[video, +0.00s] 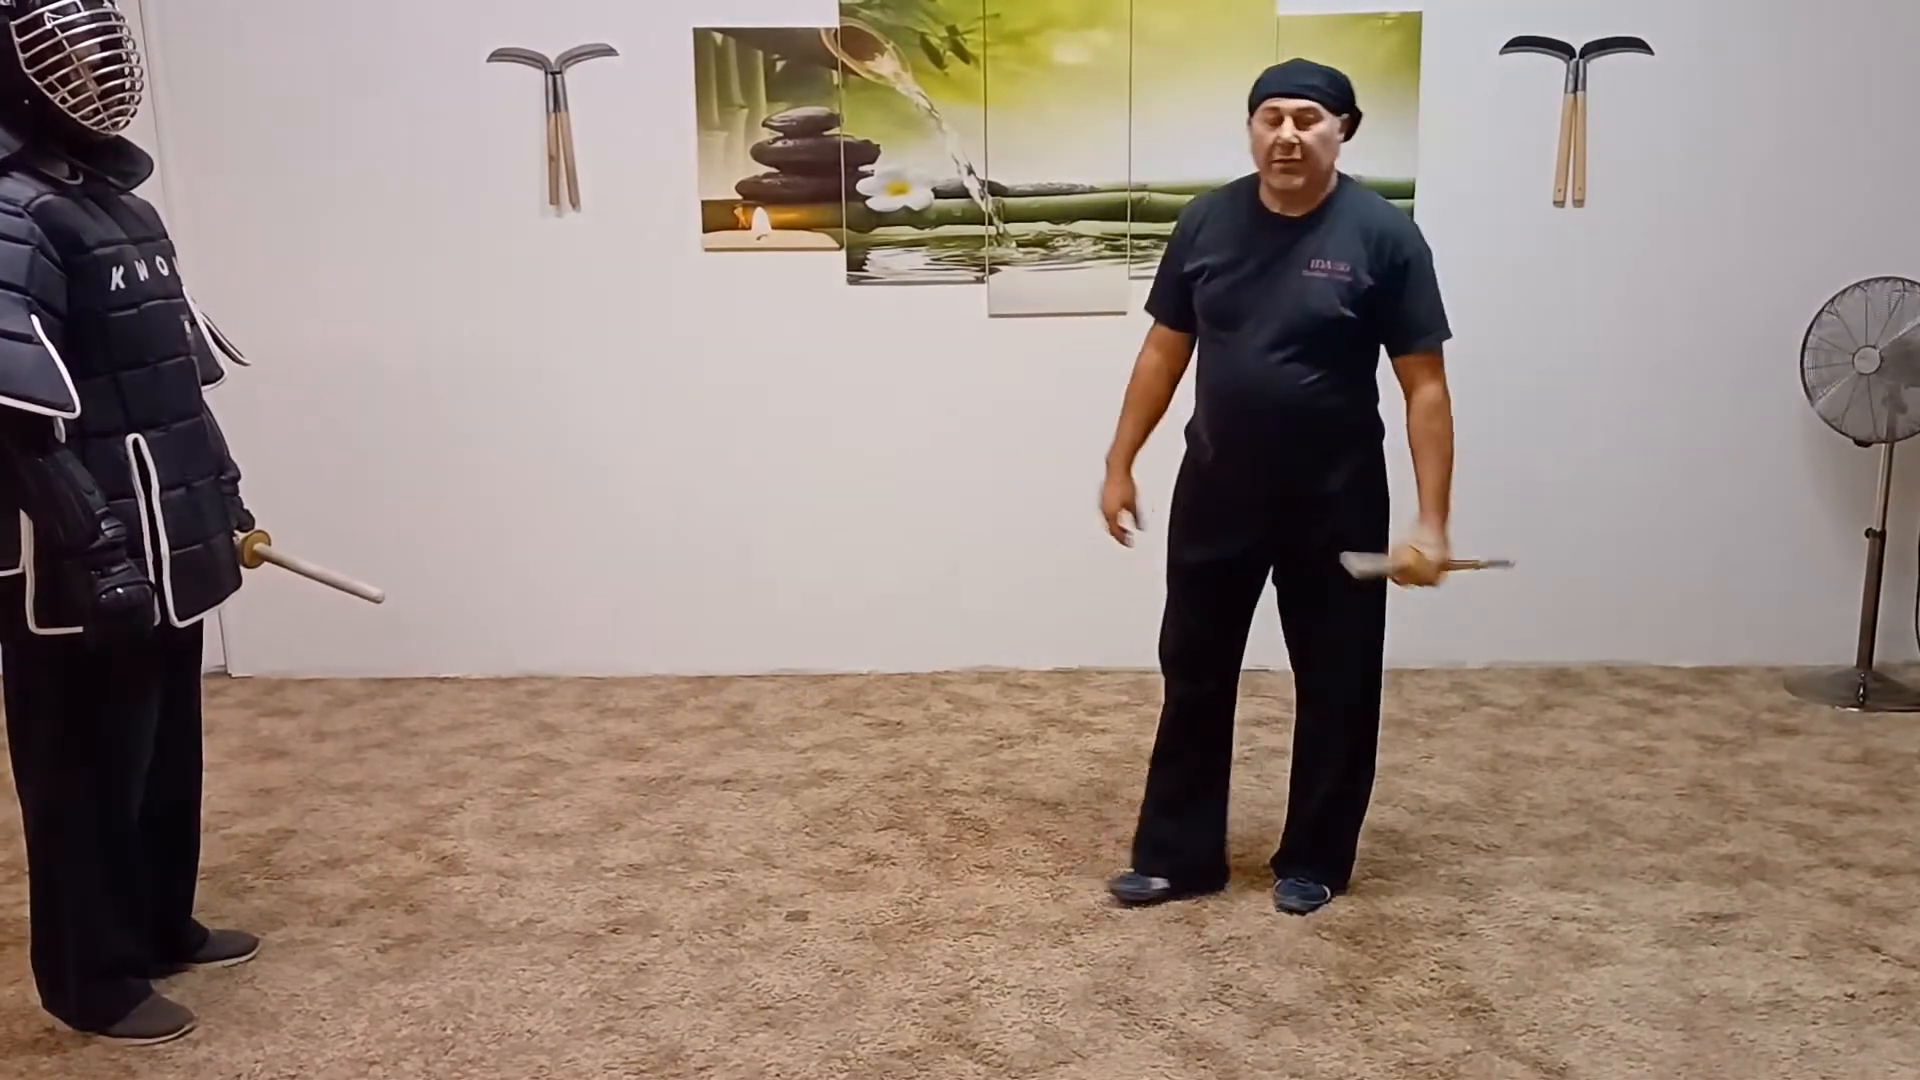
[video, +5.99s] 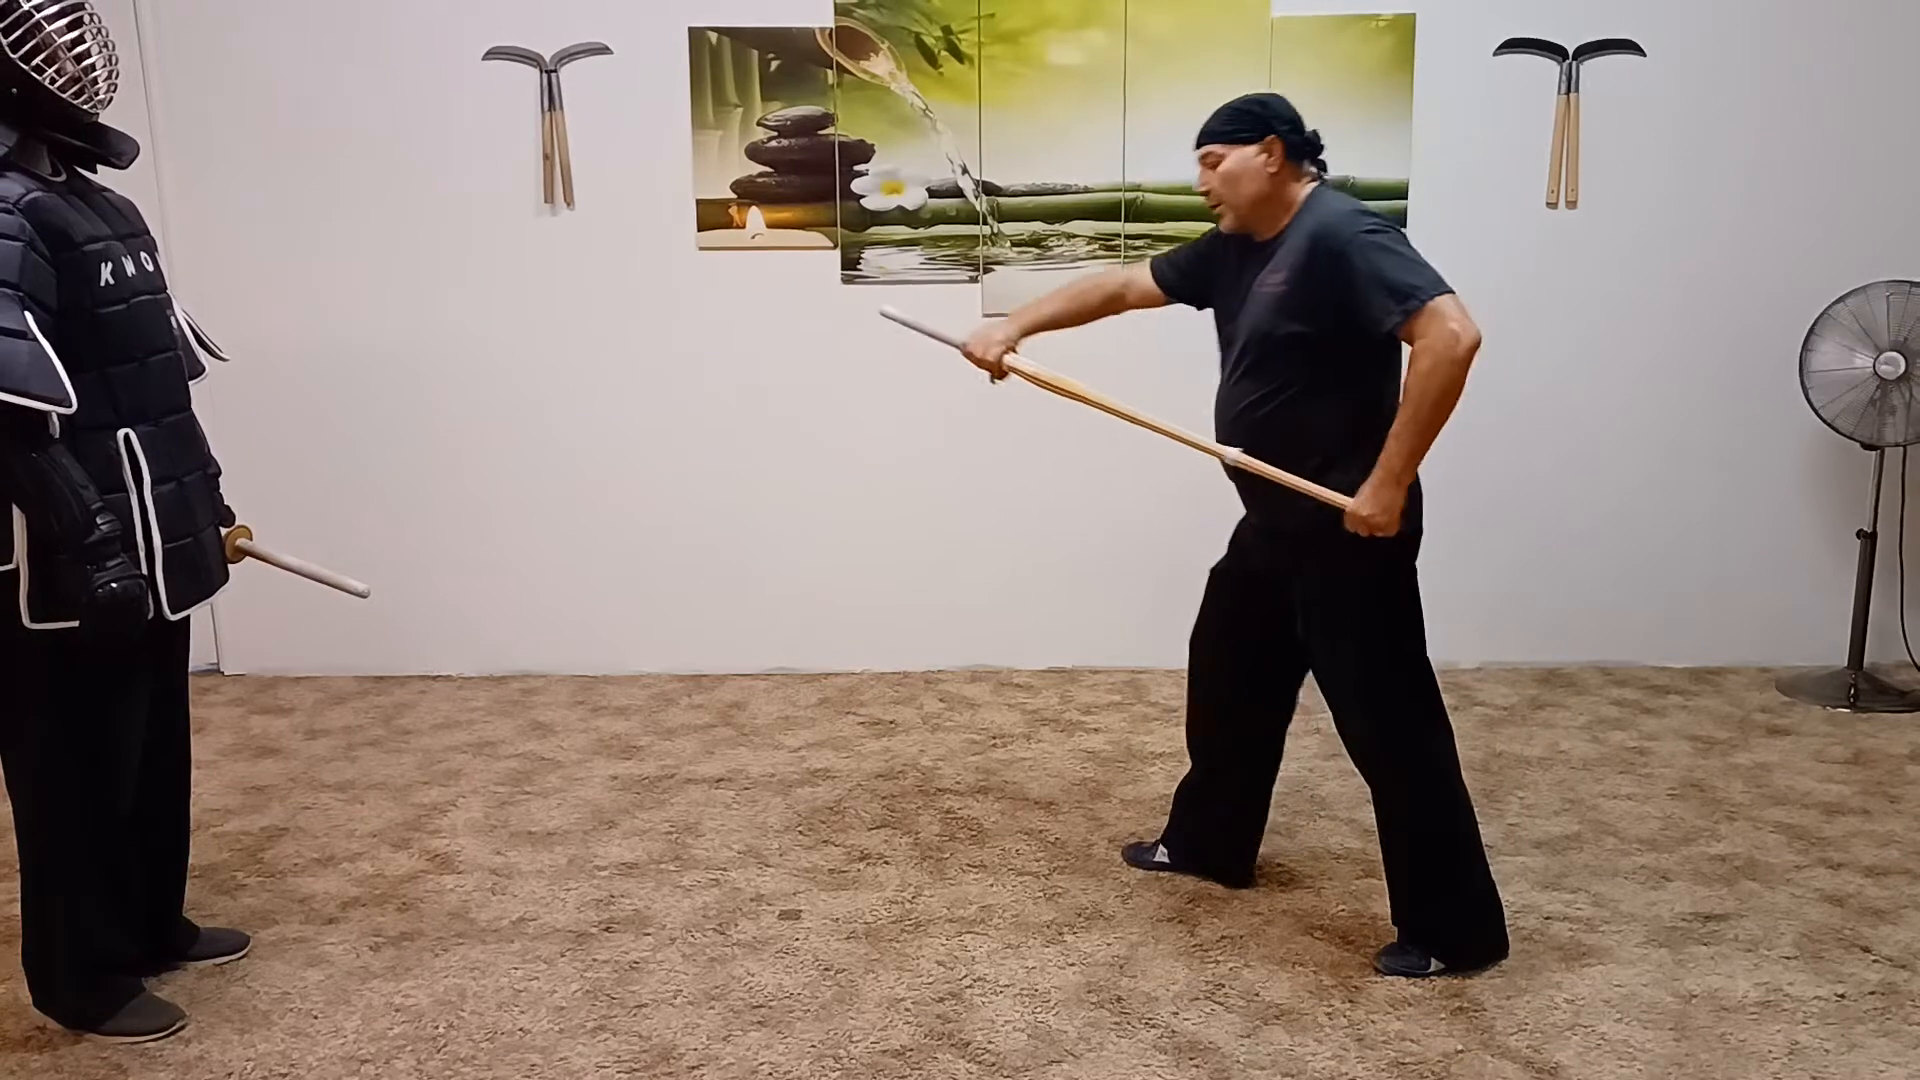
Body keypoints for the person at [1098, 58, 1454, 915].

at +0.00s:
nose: (1287, 136)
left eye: (1307, 120)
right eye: (1271, 119)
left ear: (1342, 134)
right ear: (1249, 132)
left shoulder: (1384, 238)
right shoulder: (1207, 223)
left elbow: (1424, 385)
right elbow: (1165, 346)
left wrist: (1430, 518)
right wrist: (1119, 460)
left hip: (1335, 498)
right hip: (1218, 487)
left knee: (1337, 689)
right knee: (1192, 678)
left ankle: (1313, 863)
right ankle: (1178, 858)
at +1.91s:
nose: (1245, 129)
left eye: (1264, 114)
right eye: (1230, 118)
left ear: (1304, 127)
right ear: (1215, 137)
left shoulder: (1356, 230)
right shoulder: (1178, 233)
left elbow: (1393, 371)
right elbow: (1141, 364)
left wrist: (1389, 502)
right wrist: (1113, 486)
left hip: (1318, 494)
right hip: (1204, 495)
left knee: (1323, 685)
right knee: (1213, 682)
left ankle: (1316, 859)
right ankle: (1245, 839)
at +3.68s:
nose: (1192, 176)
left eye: (1202, 153)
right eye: (1185, 161)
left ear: (1258, 137)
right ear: (1227, 153)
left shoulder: (1349, 220)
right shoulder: (1227, 243)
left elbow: (1411, 368)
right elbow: (1206, 367)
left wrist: (1358, 503)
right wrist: (1149, 484)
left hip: (1355, 509)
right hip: (1255, 509)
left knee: (1407, 710)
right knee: (1240, 685)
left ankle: (1443, 918)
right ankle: (1257, 842)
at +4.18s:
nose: (1304, 171)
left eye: (1316, 150)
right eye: (1301, 153)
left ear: (1376, 140)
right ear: (1360, 148)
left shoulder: (1458, 236)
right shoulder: (1343, 231)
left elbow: (1497, 401)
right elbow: (1273, 335)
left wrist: (1374, 499)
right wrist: (1232, 428)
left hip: (1453, 516)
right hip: (1355, 512)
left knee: (1459, 727)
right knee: (1360, 708)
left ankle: (1459, 933)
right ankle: (1373, 885)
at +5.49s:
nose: (1322, 164)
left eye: (1335, 145)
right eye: (1323, 147)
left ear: (1392, 143)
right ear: (1383, 147)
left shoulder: (1461, 240)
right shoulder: (1368, 241)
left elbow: (1525, 390)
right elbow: (1271, 336)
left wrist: (1390, 473)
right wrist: (1190, 414)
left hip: (1423, 528)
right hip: (1353, 517)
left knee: (1415, 726)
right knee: (1306, 683)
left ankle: (1453, 932)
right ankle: (1241, 828)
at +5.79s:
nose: (1248, 162)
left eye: (1263, 143)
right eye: (1249, 147)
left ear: (1322, 146)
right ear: (1298, 154)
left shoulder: (1390, 233)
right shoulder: (1283, 245)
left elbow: (1482, 352)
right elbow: (1170, 304)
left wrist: (1384, 476)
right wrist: (1064, 352)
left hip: (1372, 525)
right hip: (1300, 517)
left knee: (1392, 732)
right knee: (1261, 690)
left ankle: (1453, 931)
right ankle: (1216, 845)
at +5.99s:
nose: (1203, 176)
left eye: (1216, 158)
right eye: (1200, 164)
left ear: (1273, 154)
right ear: (1250, 164)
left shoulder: (1343, 232)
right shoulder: (1231, 251)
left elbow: (1449, 335)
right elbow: (1123, 287)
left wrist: (1391, 478)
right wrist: (1012, 322)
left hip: (1350, 525)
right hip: (1272, 521)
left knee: (1392, 728)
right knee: (1229, 674)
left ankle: (1456, 929)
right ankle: (1209, 845)